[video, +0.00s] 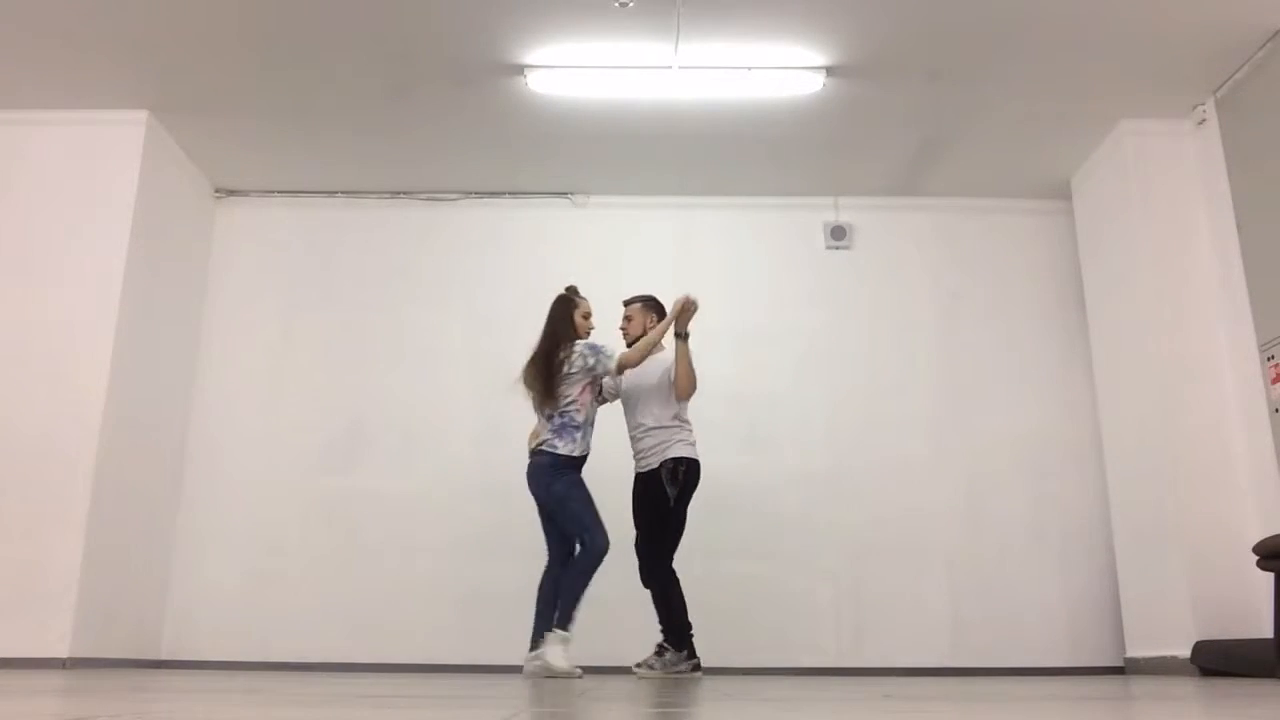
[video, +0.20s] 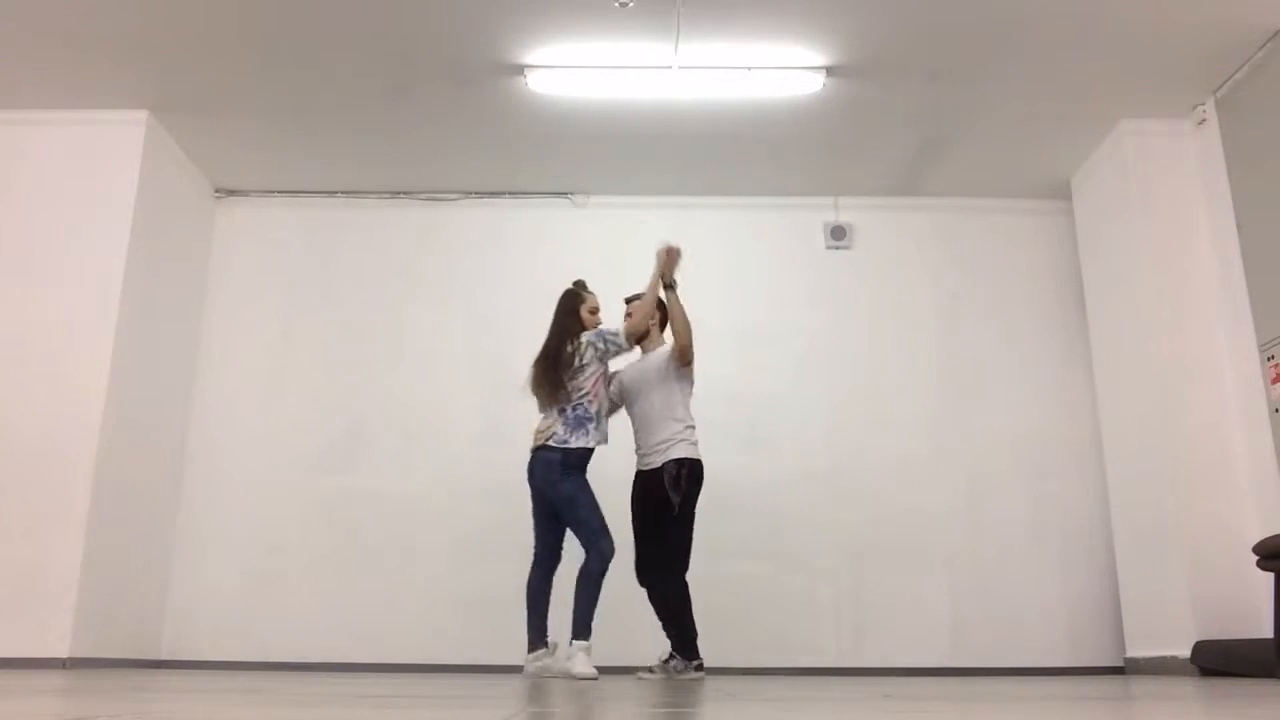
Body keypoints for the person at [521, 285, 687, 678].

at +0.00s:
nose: (592, 323)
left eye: (592, 316)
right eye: (587, 317)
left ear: (563, 320)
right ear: (571, 319)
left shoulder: (557, 358)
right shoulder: (581, 351)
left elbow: (590, 396)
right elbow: (630, 357)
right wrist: (669, 323)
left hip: (545, 469)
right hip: (558, 470)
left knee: (560, 556)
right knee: (595, 544)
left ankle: (538, 651)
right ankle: (557, 637)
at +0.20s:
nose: (601, 317)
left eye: (599, 311)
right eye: (593, 312)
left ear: (571, 318)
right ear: (574, 314)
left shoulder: (559, 353)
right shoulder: (589, 343)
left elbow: (600, 398)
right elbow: (638, 326)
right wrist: (659, 277)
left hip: (543, 465)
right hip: (563, 467)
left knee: (545, 558)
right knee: (600, 549)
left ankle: (537, 652)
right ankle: (578, 649)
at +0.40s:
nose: (590, 300)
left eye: (591, 296)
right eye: (581, 295)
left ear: (590, 308)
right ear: (563, 302)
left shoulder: (584, 350)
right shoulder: (560, 335)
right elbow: (581, 287)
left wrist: (604, 380)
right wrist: (596, 238)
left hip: (577, 462)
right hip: (551, 460)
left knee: (608, 544)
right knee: (585, 544)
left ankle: (559, 621)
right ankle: (574, 647)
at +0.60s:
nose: (567, 302)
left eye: (576, 295)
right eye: (561, 295)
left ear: (588, 298)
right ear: (552, 297)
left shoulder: (606, 341)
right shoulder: (536, 332)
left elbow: (623, 397)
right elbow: (513, 278)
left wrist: (576, 390)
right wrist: (557, 244)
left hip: (583, 445)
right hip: (540, 443)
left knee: (554, 519)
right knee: (552, 535)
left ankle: (583, 613)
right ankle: (571, 637)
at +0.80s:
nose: (548, 293)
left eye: (557, 287)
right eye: (544, 288)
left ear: (575, 292)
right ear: (545, 292)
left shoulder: (553, 327)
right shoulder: (577, 328)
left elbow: (525, 381)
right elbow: (577, 294)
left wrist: (535, 373)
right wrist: (593, 268)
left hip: (552, 450)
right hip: (576, 451)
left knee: (515, 543)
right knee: (545, 551)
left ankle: (526, 650)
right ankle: (593, 643)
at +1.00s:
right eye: (586, 293)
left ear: (543, 294)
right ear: (586, 296)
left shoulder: (522, 330)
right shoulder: (597, 335)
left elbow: (488, 386)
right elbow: (634, 309)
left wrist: (534, 394)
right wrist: (629, 252)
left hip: (513, 442)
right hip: (561, 446)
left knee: (511, 547)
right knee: (580, 553)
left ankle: (510, 653)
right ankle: (561, 645)